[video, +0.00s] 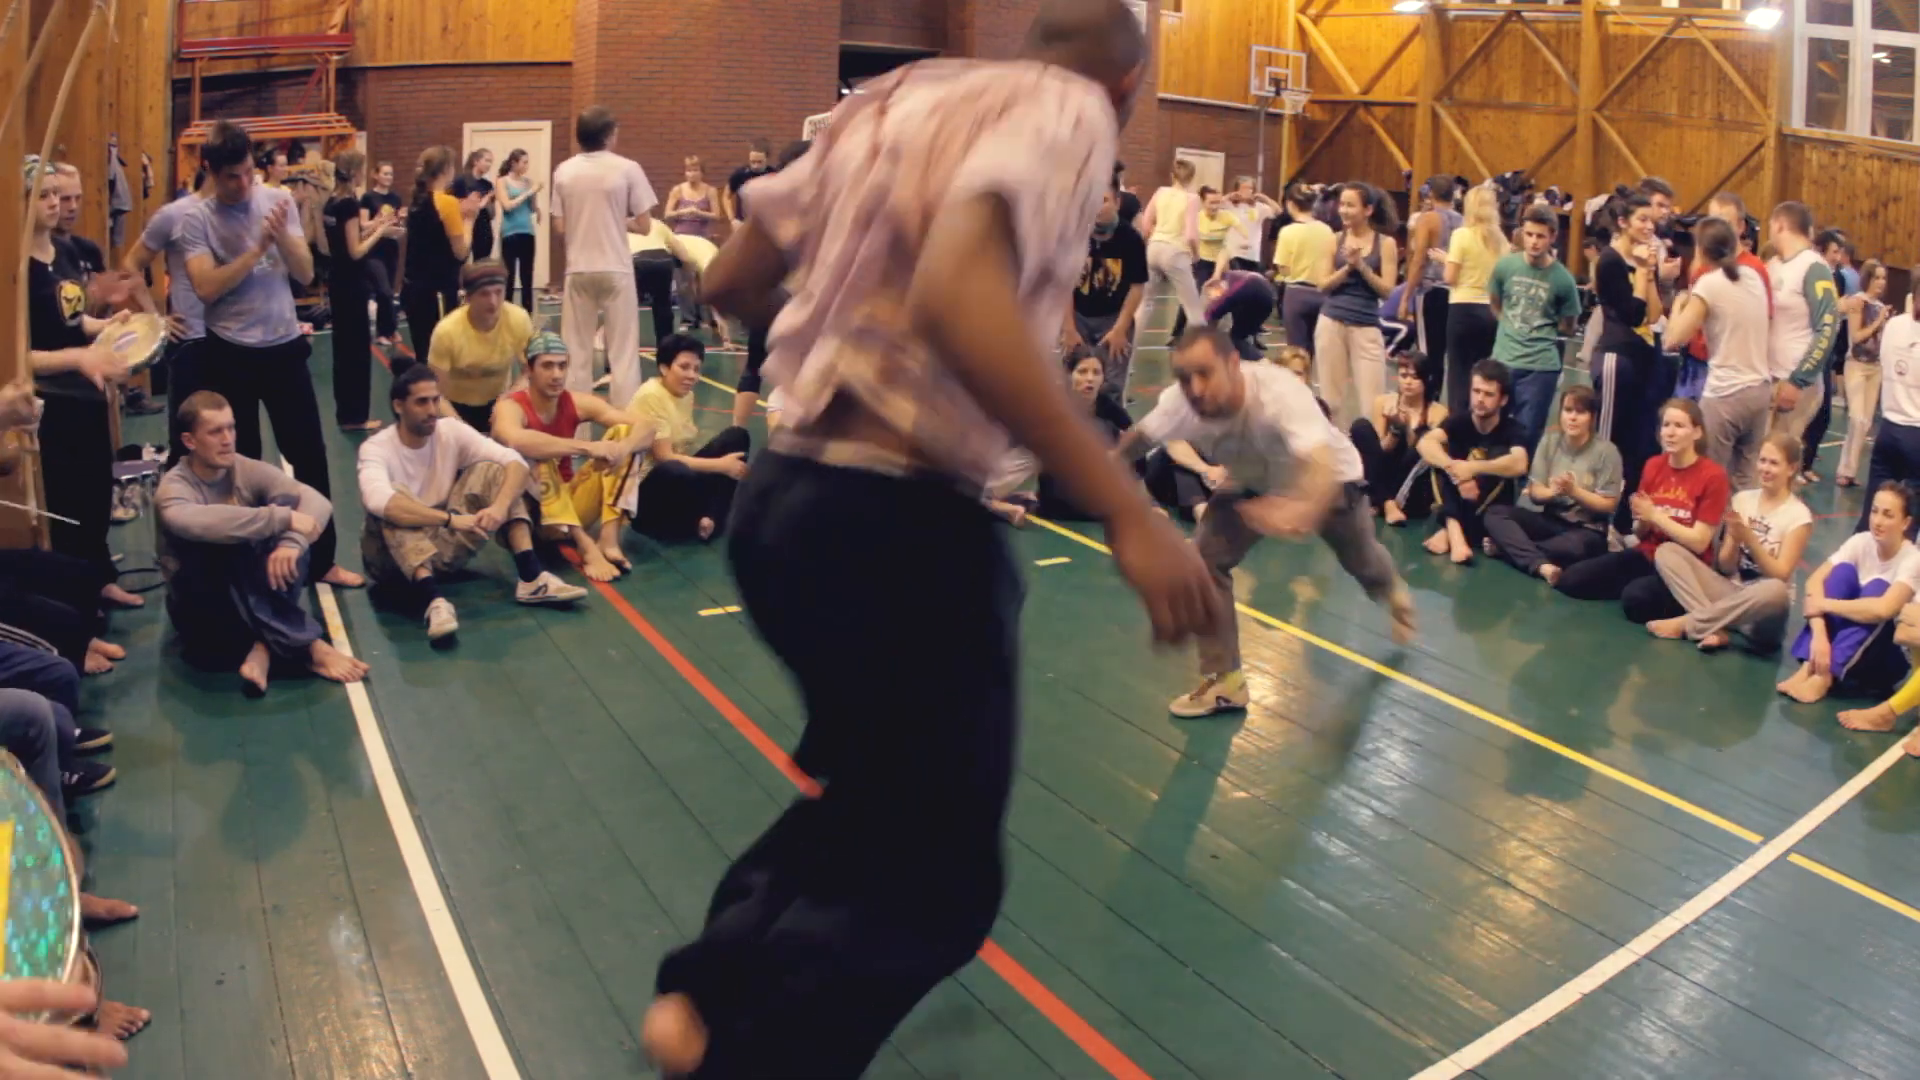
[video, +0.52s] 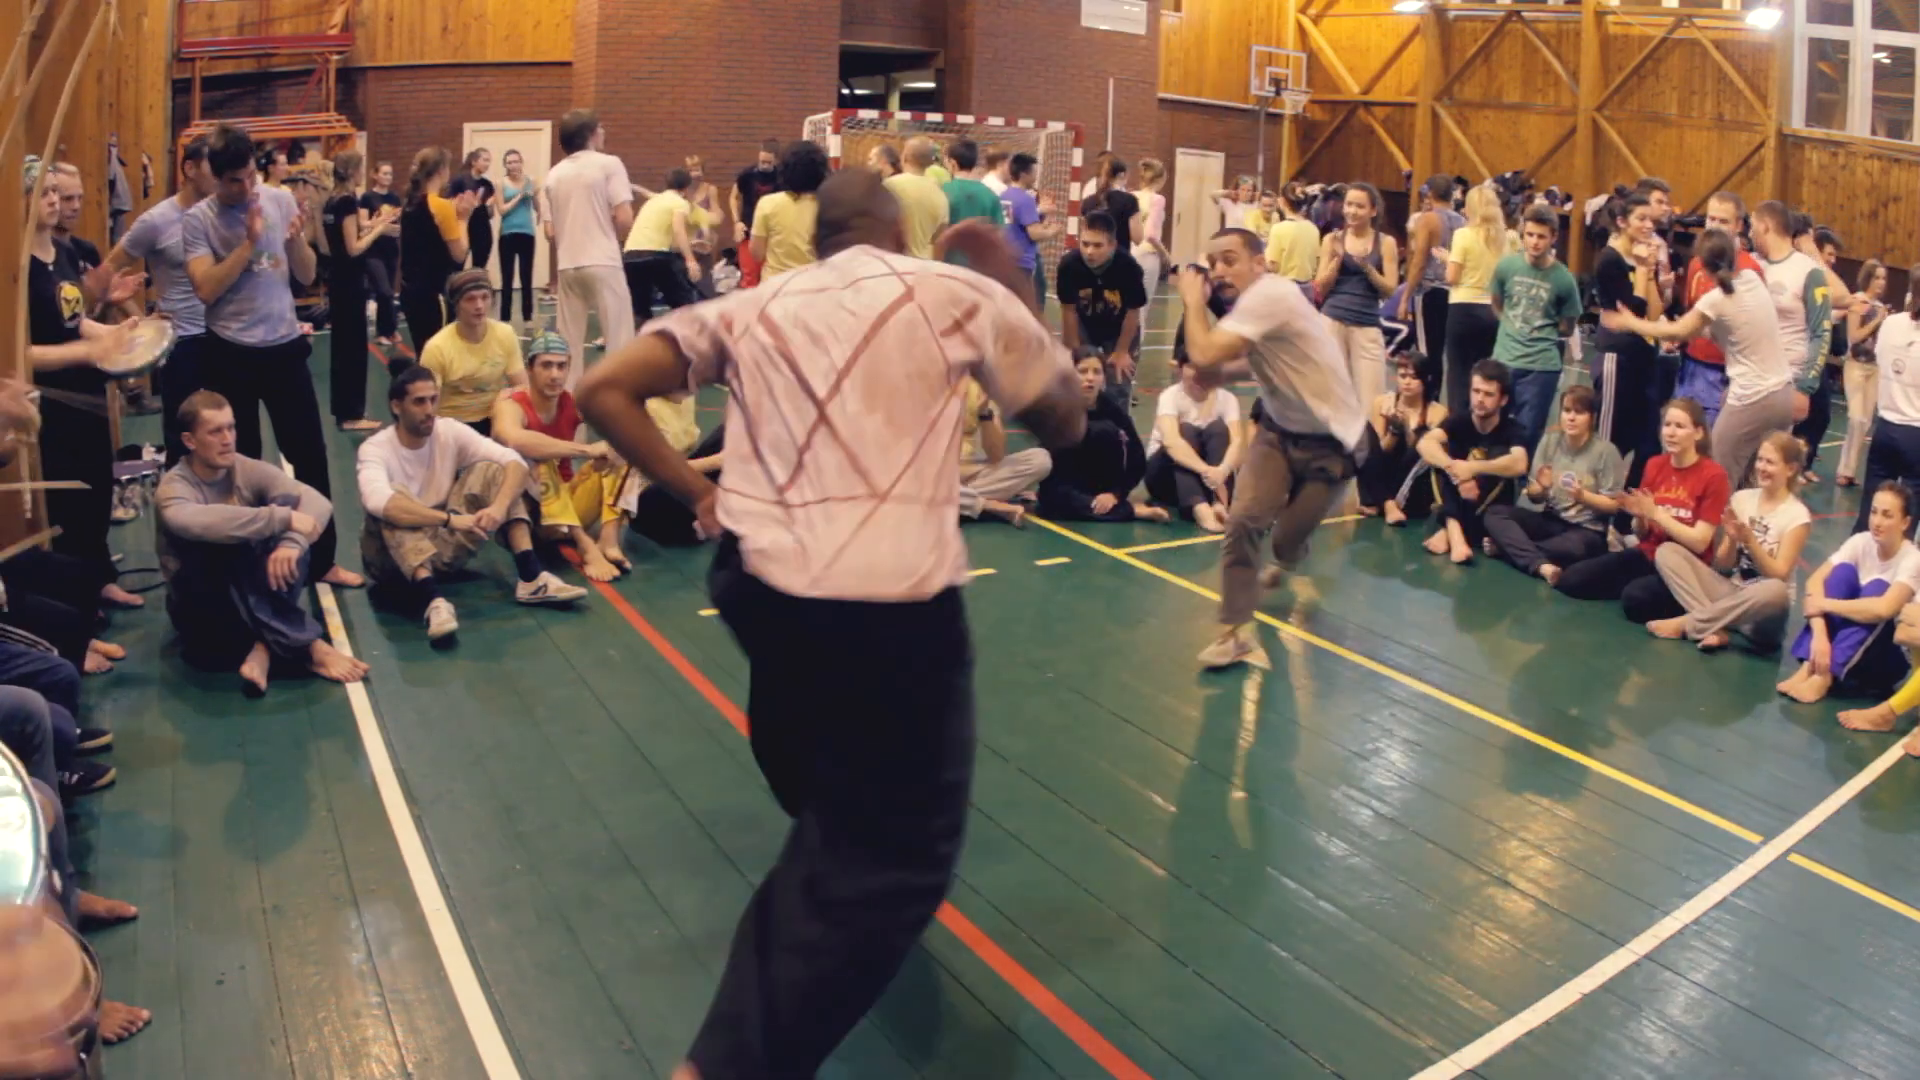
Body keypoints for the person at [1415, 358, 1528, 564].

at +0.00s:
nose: (1480, 400)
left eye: (1488, 394)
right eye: (1476, 392)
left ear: (1503, 400)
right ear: (1469, 392)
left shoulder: (1512, 428)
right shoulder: (1459, 421)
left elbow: (1519, 465)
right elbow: (1426, 444)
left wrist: (1471, 467)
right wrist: (1458, 474)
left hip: (1493, 508)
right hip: (1455, 504)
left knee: (1500, 460)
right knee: (1438, 459)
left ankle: (1450, 528)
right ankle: (1454, 529)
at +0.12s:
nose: (1480, 400)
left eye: (1488, 394)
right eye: (1476, 392)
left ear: (1503, 400)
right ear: (1469, 392)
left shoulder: (1511, 428)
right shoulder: (1460, 421)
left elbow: (1519, 465)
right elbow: (1426, 443)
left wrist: (1472, 467)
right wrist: (1459, 474)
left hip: (1492, 508)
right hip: (1455, 502)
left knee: (1501, 465)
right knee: (1438, 462)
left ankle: (1449, 529)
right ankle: (1454, 529)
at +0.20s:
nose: (1480, 400)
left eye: (1488, 394)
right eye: (1476, 392)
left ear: (1503, 400)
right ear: (1469, 392)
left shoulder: (1511, 429)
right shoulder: (1459, 421)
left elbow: (1519, 465)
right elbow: (1425, 444)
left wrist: (1472, 467)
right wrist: (1459, 475)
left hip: (1492, 511)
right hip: (1455, 506)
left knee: (1501, 459)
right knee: (1439, 460)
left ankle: (1450, 529)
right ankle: (1454, 529)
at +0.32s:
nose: (1480, 400)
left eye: (1488, 394)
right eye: (1476, 392)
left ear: (1503, 400)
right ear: (1469, 392)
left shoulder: (1511, 428)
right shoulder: (1459, 421)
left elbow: (1519, 465)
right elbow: (1425, 443)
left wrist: (1472, 467)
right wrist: (1459, 475)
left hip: (1492, 509)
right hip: (1455, 504)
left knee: (1502, 461)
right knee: (1438, 461)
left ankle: (1449, 529)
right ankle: (1454, 530)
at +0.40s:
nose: (1480, 400)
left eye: (1488, 394)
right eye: (1476, 392)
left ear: (1503, 400)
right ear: (1469, 392)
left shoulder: (1511, 428)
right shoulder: (1459, 420)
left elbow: (1519, 465)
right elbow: (1425, 444)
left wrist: (1471, 467)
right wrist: (1459, 474)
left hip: (1493, 510)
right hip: (1455, 505)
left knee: (1501, 464)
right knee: (1439, 460)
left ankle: (1450, 529)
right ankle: (1454, 530)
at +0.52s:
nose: (1480, 400)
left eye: (1488, 394)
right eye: (1476, 392)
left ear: (1503, 400)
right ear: (1469, 392)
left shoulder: (1511, 428)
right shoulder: (1459, 421)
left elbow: (1519, 465)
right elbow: (1425, 444)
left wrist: (1472, 467)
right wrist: (1458, 475)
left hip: (1492, 511)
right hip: (1455, 505)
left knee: (1501, 460)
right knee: (1439, 459)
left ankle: (1449, 529)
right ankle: (1454, 529)